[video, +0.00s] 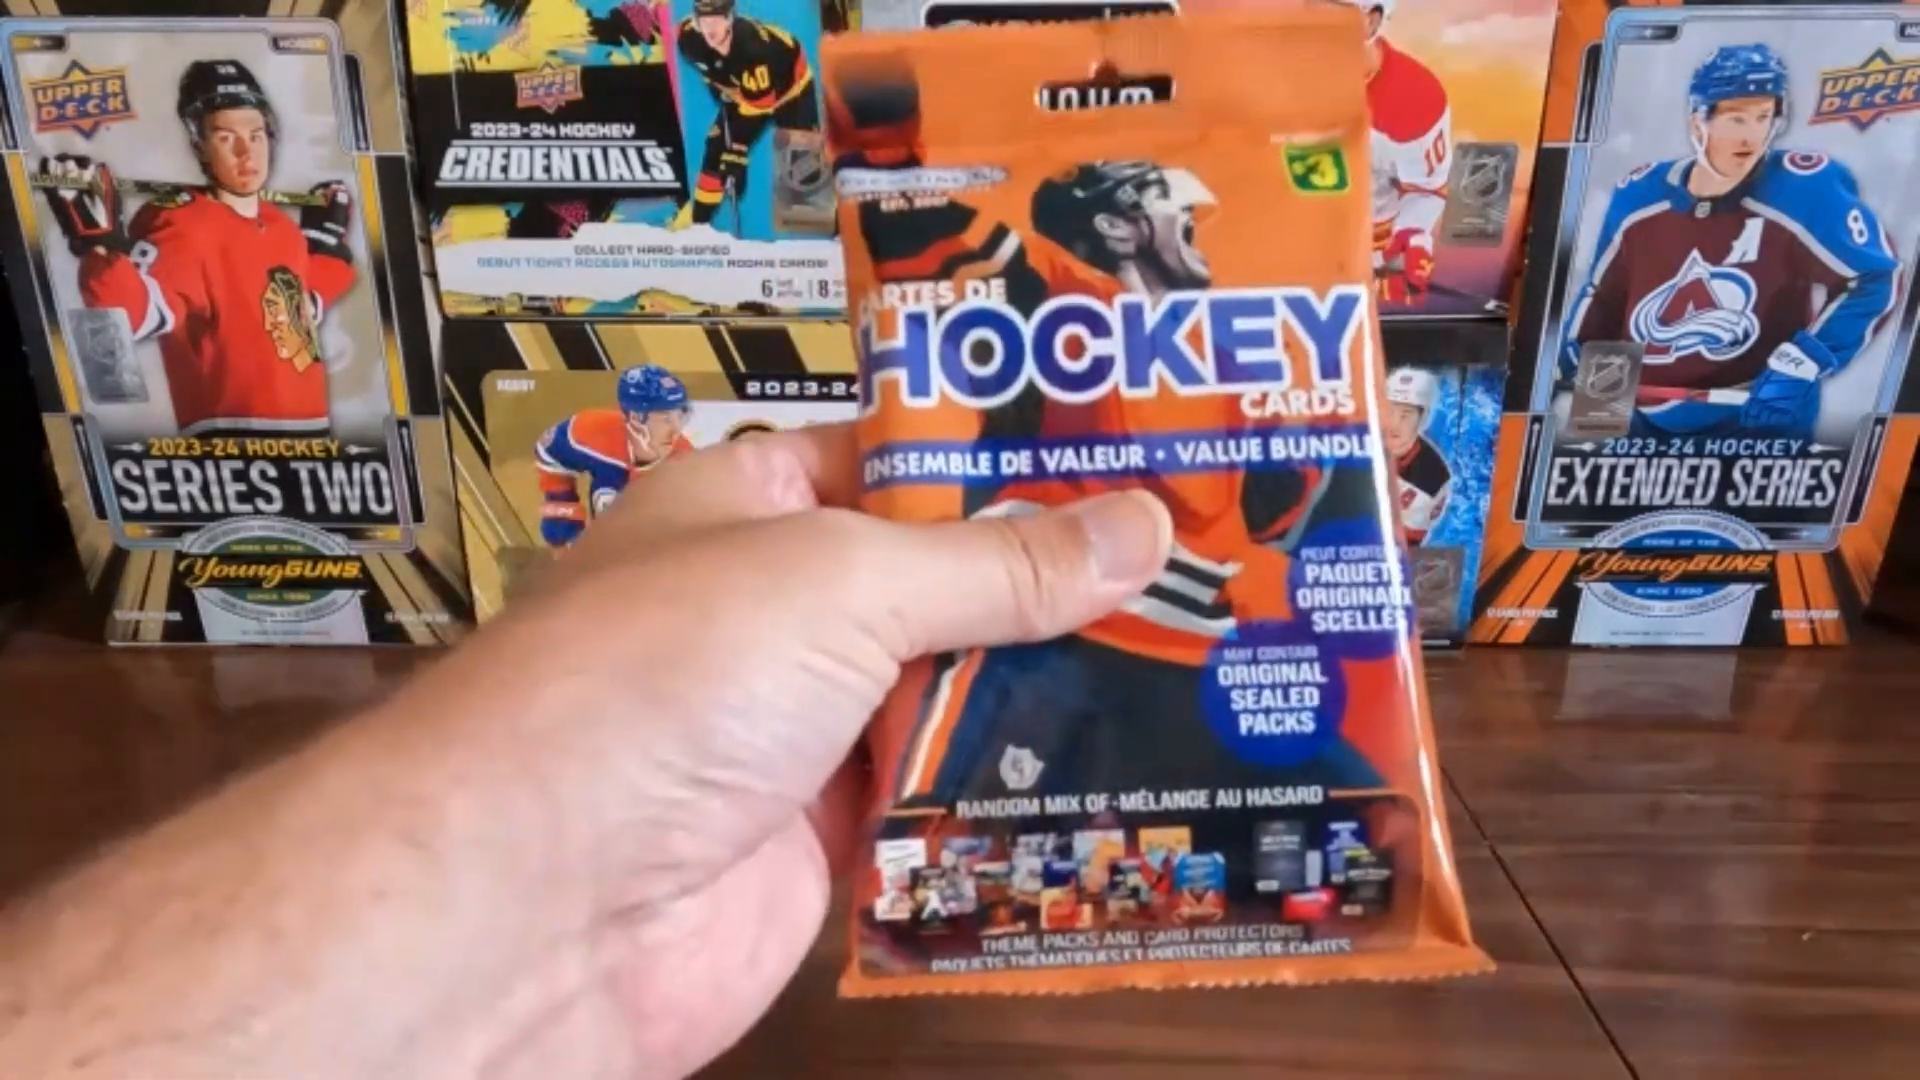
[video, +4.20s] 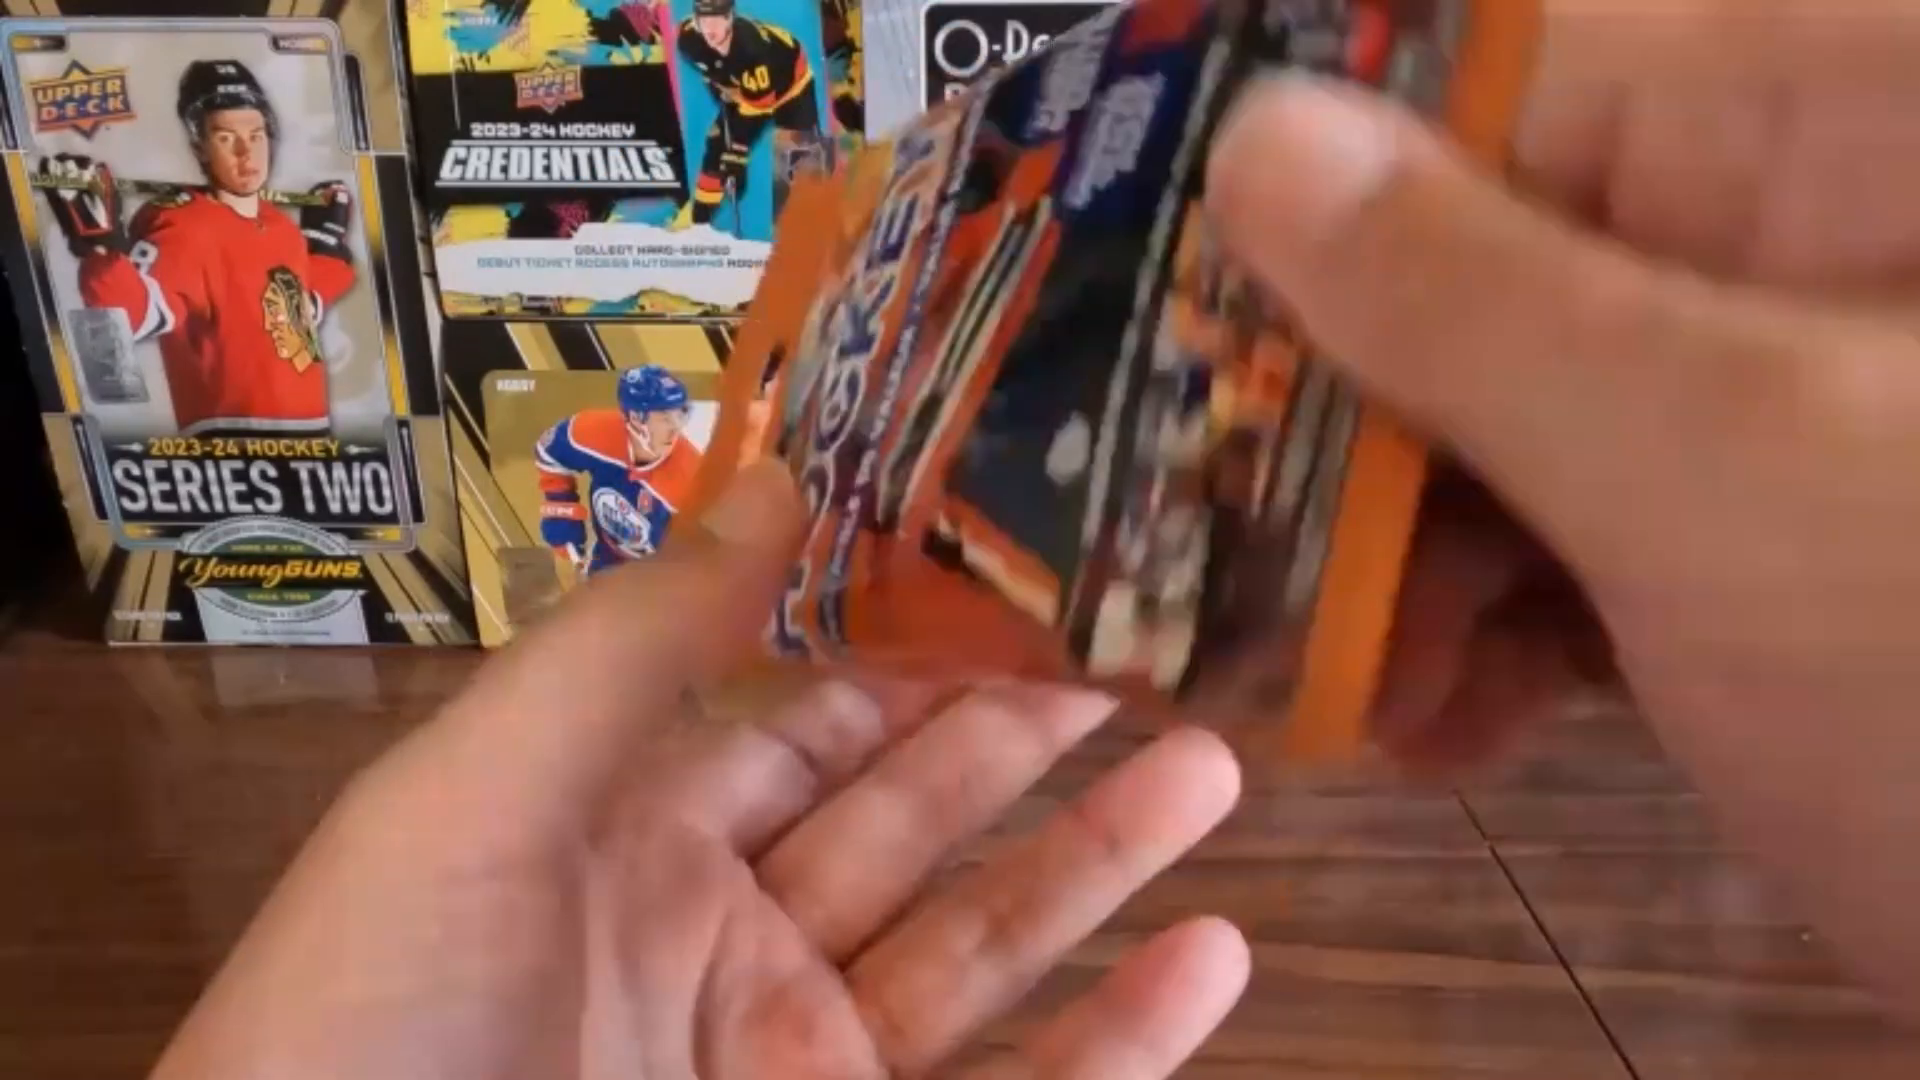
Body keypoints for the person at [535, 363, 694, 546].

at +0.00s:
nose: (675, 430)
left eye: (679, 416)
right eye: (665, 418)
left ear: (685, 415)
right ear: (636, 419)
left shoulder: (682, 454)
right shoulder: (600, 435)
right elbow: (549, 452)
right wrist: (561, 507)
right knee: (564, 528)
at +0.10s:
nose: (676, 429)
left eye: (679, 418)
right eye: (665, 420)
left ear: (684, 415)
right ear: (635, 420)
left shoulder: (692, 473)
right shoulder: (591, 433)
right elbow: (550, 453)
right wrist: (565, 532)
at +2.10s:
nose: (676, 430)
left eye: (679, 419)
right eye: (665, 420)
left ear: (685, 416)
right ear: (634, 420)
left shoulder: (694, 475)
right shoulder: (592, 431)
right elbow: (549, 454)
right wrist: (564, 519)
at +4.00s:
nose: (676, 429)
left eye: (679, 416)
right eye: (664, 418)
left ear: (685, 416)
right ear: (635, 420)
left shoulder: (692, 476)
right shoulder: (593, 432)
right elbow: (550, 453)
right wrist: (563, 516)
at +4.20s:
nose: (676, 429)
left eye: (679, 418)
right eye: (665, 419)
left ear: (685, 417)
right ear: (636, 419)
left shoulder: (693, 477)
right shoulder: (594, 433)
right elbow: (550, 452)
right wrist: (561, 512)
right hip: (606, 565)